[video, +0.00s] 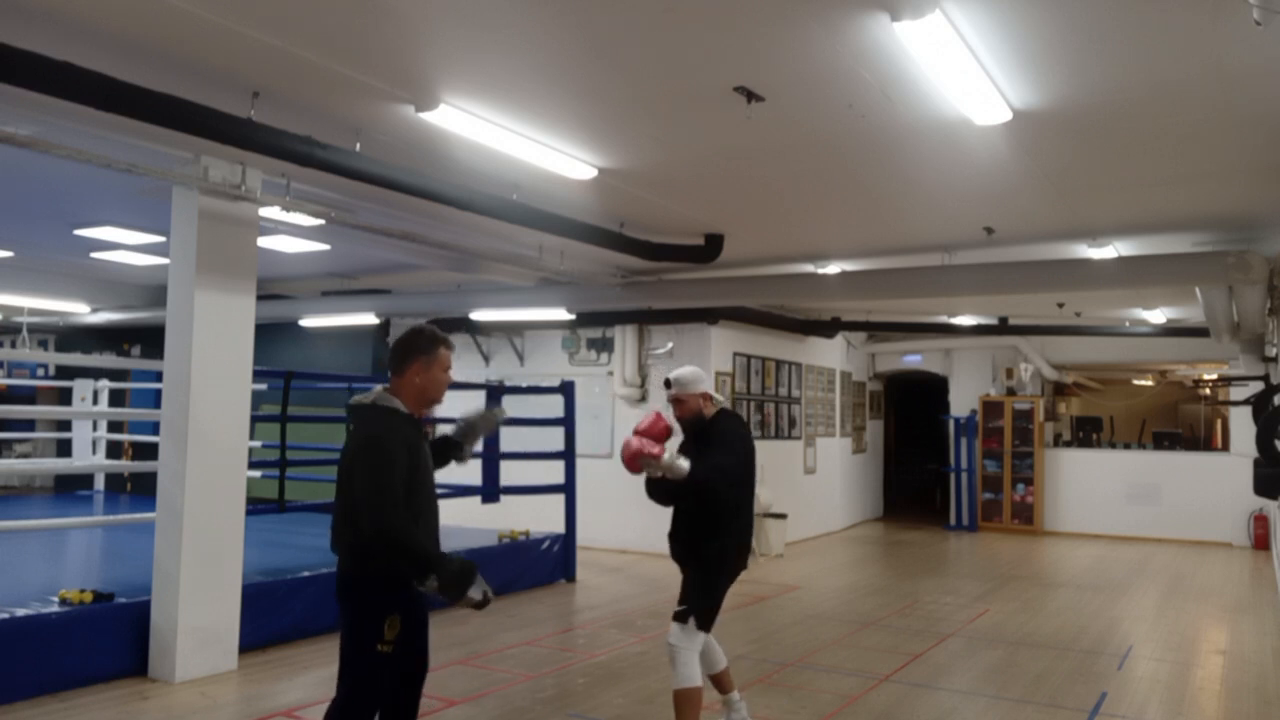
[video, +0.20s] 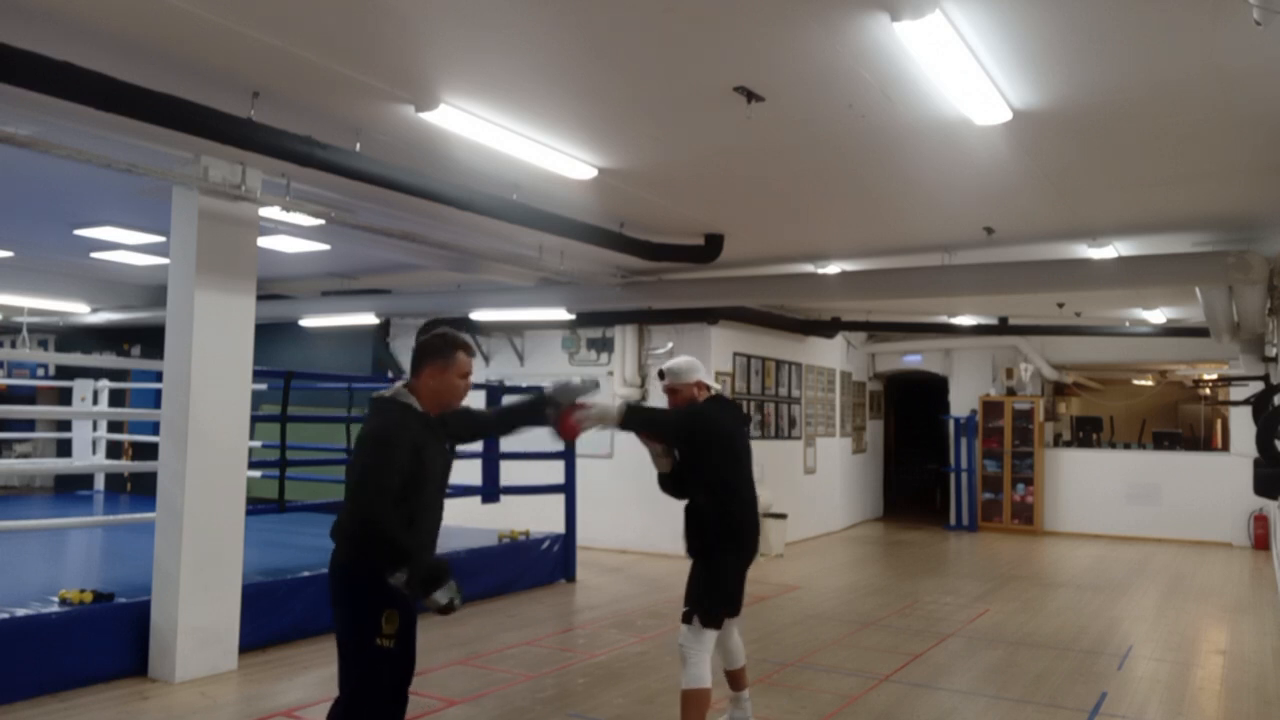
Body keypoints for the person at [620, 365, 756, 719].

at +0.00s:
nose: (674, 411)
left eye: (680, 402)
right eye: (672, 403)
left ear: (704, 399)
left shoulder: (729, 430)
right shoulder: (693, 436)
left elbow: (722, 484)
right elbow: (665, 493)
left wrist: (674, 466)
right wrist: (653, 468)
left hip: (721, 552)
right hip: (696, 550)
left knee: (682, 642)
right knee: (697, 636)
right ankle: (735, 708)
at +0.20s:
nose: (668, 401)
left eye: (673, 393)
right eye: (666, 393)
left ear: (698, 389)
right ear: (698, 391)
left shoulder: (716, 414)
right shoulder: (708, 422)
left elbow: (673, 422)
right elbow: (681, 488)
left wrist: (617, 412)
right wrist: (662, 455)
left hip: (720, 546)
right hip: (730, 542)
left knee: (694, 646)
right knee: (726, 630)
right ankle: (741, 709)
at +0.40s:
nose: (680, 407)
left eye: (683, 399)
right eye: (678, 400)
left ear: (705, 395)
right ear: (710, 395)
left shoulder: (719, 428)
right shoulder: (738, 420)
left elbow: (693, 474)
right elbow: (714, 478)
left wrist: (631, 470)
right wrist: (678, 454)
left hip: (723, 554)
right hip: (747, 550)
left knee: (689, 647)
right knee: (752, 631)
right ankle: (796, 709)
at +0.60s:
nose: (697, 408)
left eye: (700, 399)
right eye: (694, 400)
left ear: (723, 395)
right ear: (722, 395)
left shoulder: (747, 426)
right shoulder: (739, 424)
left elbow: (745, 487)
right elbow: (719, 491)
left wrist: (694, 470)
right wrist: (693, 459)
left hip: (745, 555)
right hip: (752, 551)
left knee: (716, 644)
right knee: (763, 636)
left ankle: (703, 717)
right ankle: (799, 711)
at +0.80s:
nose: (705, 412)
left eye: (710, 405)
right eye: (703, 405)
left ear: (734, 401)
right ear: (721, 403)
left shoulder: (763, 431)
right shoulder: (726, 436)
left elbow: (767, 490)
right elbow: (707, 503)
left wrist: (714, 456)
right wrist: (691, 465)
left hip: (759, 559)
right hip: (740, 556)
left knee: (711, 649)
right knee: (757, 641)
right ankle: (799, 712)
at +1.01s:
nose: (703, 403)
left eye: (707, 394)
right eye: (701, 395)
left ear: (731, 392)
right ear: (738, 391)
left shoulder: (735, 434)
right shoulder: (767, 418)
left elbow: (698, 493)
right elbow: (739, 444)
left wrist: (683, 447)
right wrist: (699, 415)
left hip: (742, 559)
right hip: (766, 551)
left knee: (718, 662)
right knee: (756, 641)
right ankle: (787, 713)